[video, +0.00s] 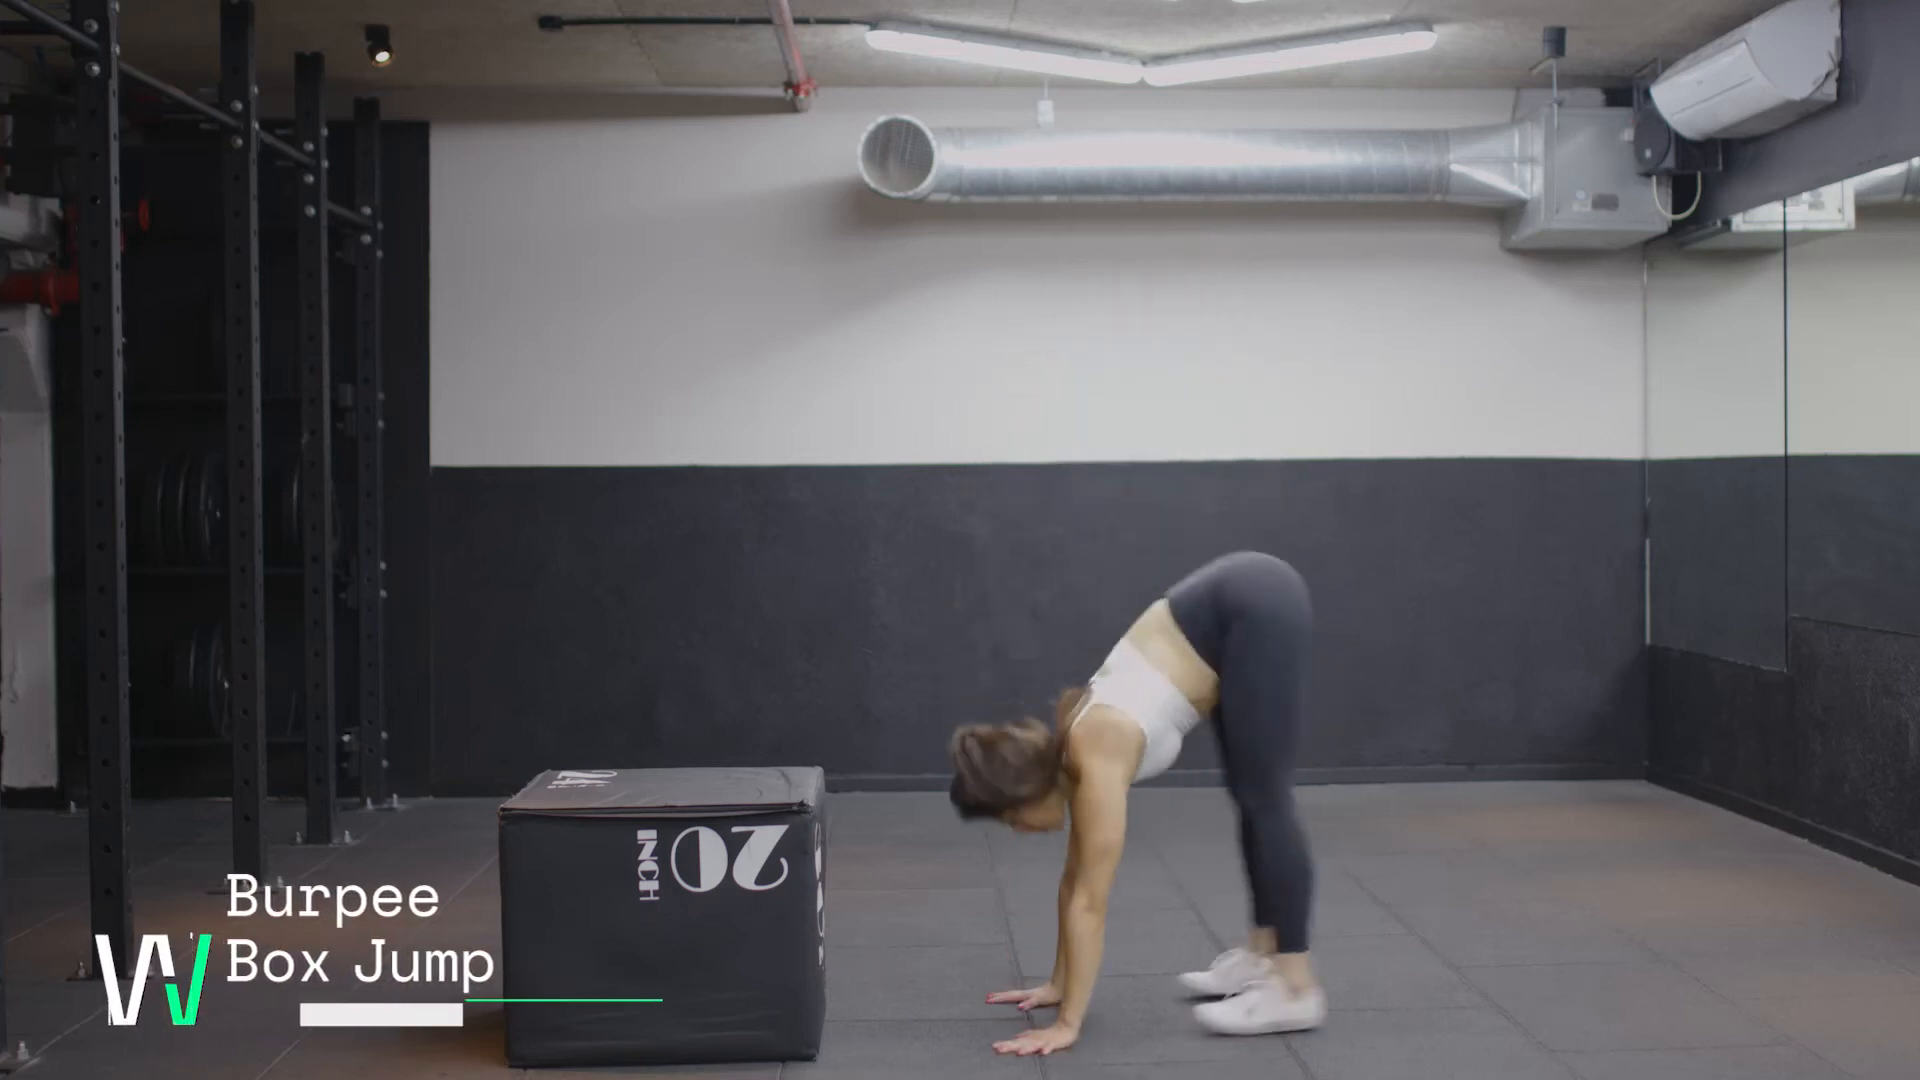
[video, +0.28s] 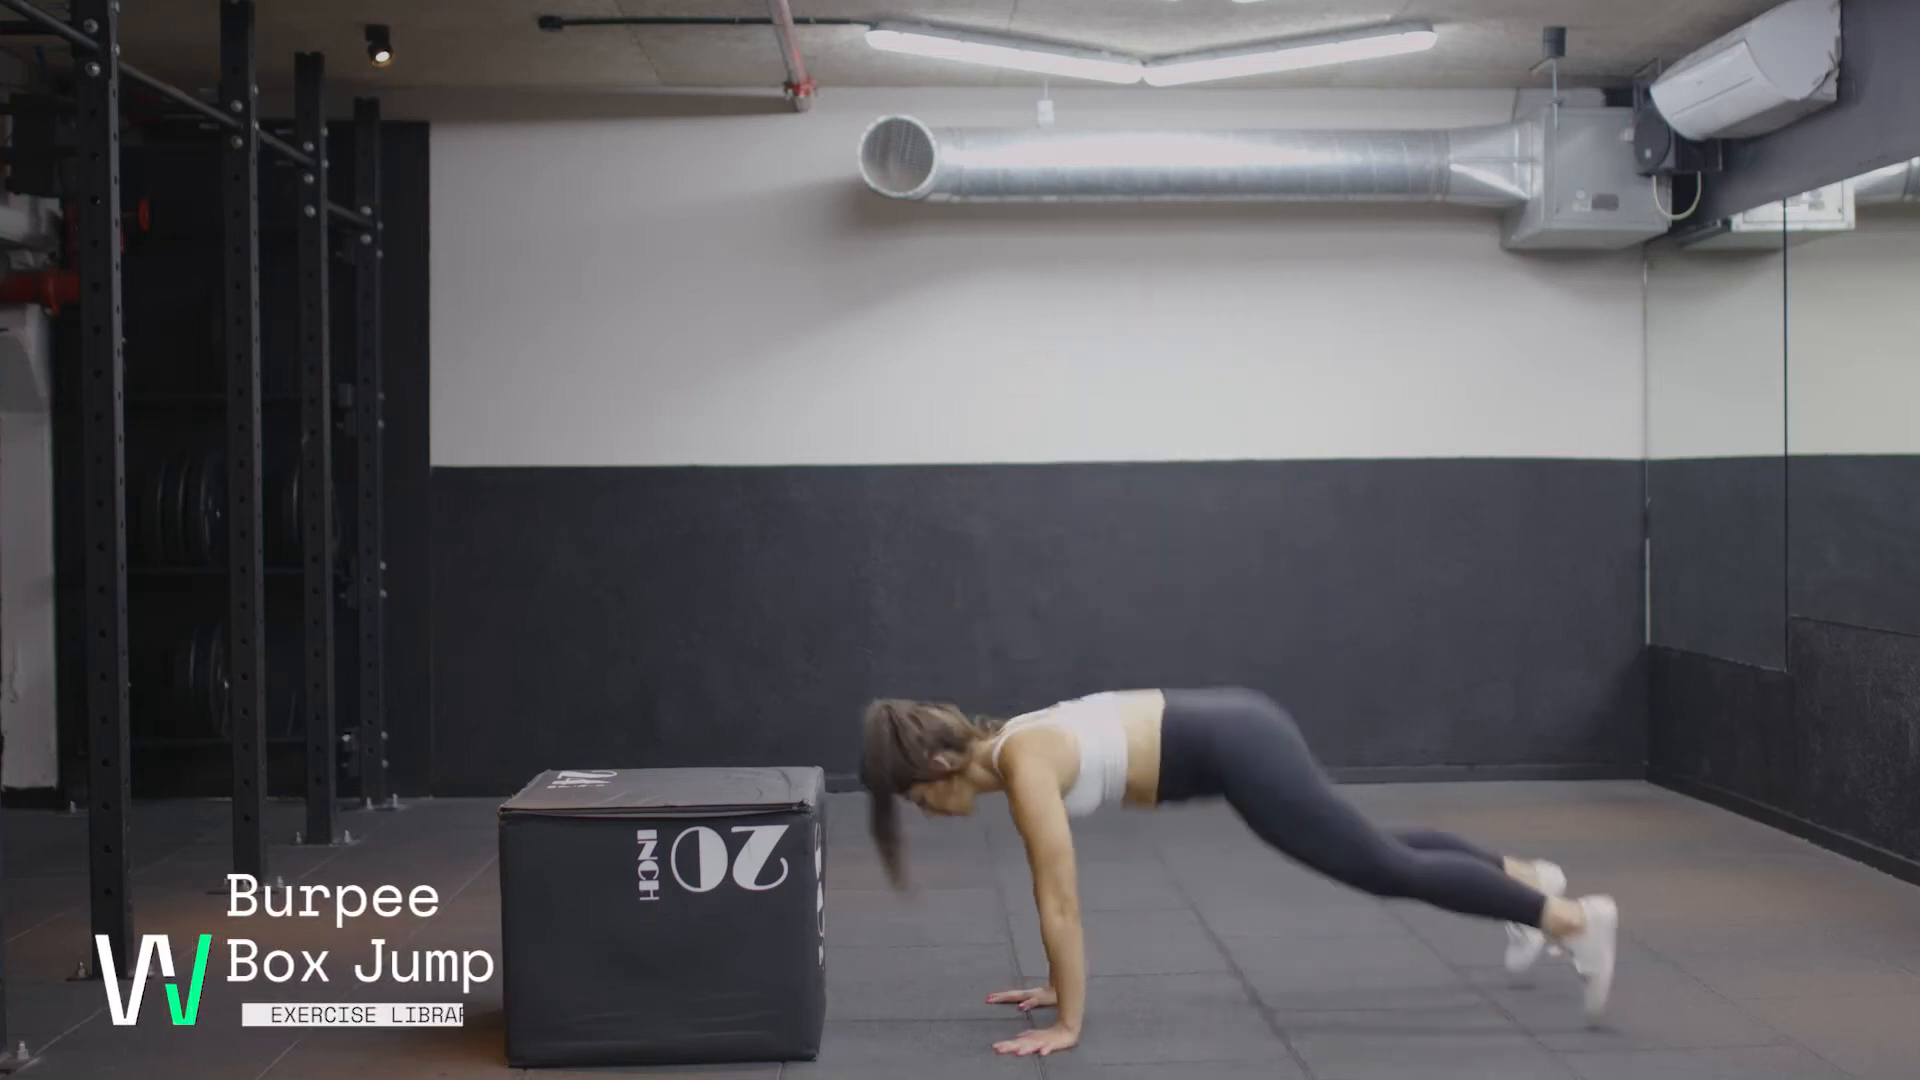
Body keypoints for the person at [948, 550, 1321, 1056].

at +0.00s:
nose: (1019, 829)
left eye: (1011, 819)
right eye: (1008, 823)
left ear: (1024, 795)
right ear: (1028, 776)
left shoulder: (1099, 754)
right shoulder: (1078, 744)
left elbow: (1089, 899)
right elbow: (1075, 882)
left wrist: (1068, 1024)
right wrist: (1059, 986)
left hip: (1259, 603)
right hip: (1236, 603)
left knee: (1266, 800)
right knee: (1252, 797)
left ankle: (1295, 985)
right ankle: (1265, 955)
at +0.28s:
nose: (931, 811)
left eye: (924, 797)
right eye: (919, 802)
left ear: (945, 767)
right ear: (949, 753)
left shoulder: (1029, 764)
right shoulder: (1019, 750)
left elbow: (1057, 902)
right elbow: (1053, 887)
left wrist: (1069, 1023)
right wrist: (1055, 985)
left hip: (1238, 745)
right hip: (1237, 731)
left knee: (1385, 870)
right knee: (1376, 849)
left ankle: (1569, 920)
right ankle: (1527, 881)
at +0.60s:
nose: (942, 873)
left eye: (940, 859)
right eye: (934, 863)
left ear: (969, 836)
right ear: (973, 833)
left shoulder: (1042, 866)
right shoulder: (1031, 849)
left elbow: (1106, 952)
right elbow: (1097, 932)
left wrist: (1071, 1034)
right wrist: (1061, 991)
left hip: (1219, 961)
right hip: (1219, 936)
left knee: (1415, 998)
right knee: (1399, 961)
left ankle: (1589, 954)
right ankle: (1548, 914)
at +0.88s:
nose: (902, 997)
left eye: (897, 984)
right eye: (893, 987)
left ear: (913, 957)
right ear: (922, 936)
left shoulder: (980, 955)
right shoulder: (981, 930)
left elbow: (1068, 944)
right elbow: (1064, 889)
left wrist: (1063, 1028)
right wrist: (1058, 989)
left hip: (1203, 969)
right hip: (1200, 940)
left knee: (1402, 995)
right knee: (1382, 962)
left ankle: (1573, 940)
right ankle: (1534, 906)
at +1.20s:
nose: (954, 845)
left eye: (949, 829)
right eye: (944, 832)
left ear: (976, 801)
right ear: (979, 793)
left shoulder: (1052, 829)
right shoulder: (1047, 809)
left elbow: (1092, 934)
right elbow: (1081, 918)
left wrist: (1071, 1025)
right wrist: (1059, 988)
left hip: (1244, 936)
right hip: (1243, 920)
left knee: (1421, 999)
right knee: (1397, 966)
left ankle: (1587, 943)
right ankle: (1545, 910)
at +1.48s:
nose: (979, 823)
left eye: (967, 808)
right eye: (963, 815)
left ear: (984, 779)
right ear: (985, 768)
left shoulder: (1062, 766)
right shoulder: (1046, 758)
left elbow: (1073, 902)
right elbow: (1063, 891)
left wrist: (1069, 1028)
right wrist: (1060, 990)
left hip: (1266, 707)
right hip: (1255, 709)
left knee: (1381, 871)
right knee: (1377, 853)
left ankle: (1567, 925)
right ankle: (1526, 900)